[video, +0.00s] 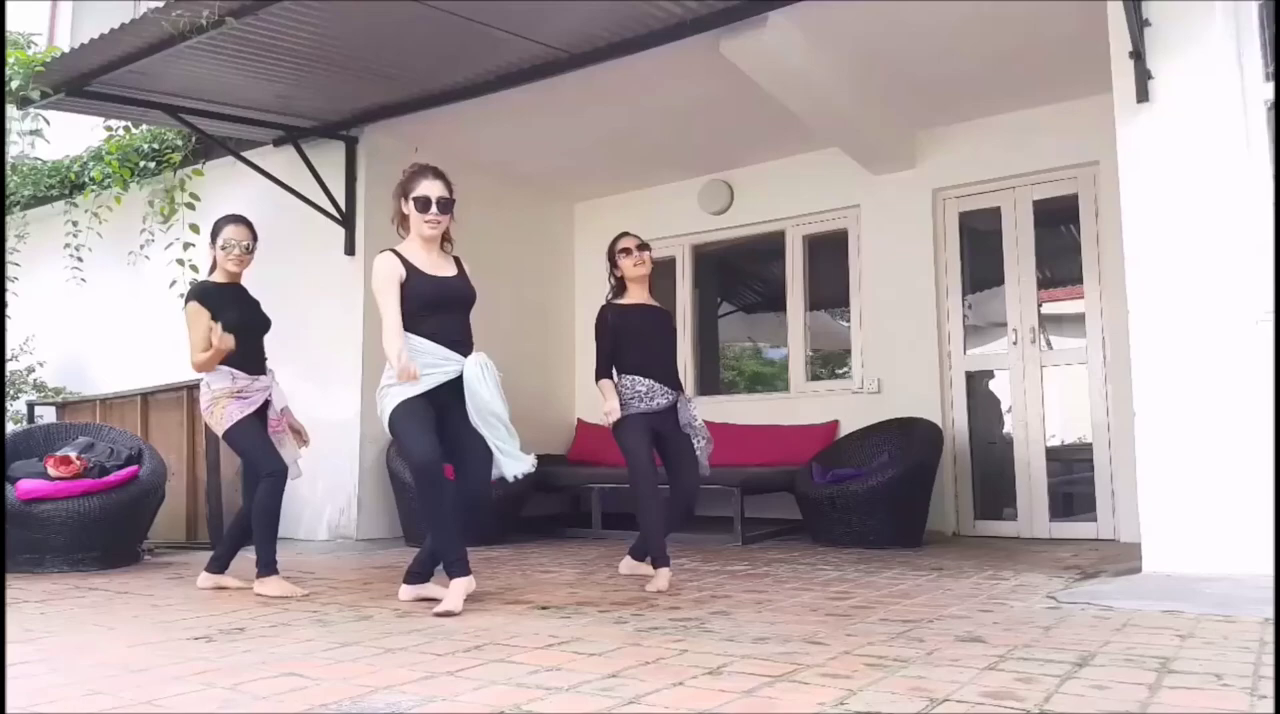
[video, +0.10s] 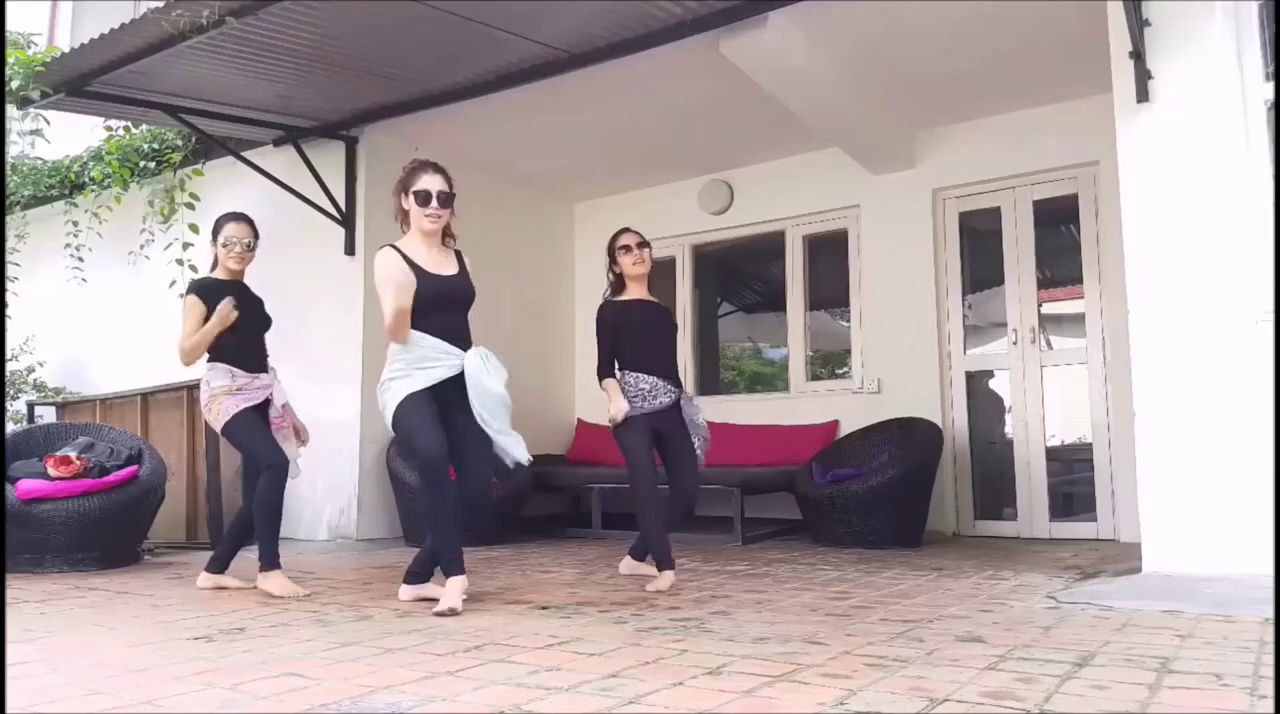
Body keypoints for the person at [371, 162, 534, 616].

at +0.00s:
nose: (434, 211)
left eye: (443, 203)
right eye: (423, 202)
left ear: (452, 209)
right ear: (404, 207)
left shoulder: (454, 262)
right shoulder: (390, 262)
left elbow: (460, 323)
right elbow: (390, 319)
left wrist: (474, 364)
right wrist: (400, 358)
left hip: (461, 380)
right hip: (410, 382)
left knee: (477, 480)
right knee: (425, 462)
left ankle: (416, 574)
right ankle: (460, 574)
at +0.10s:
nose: (435, 205)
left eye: (443, 197)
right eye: (423, 197)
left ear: (452, 204)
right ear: (404, 202)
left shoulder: (455, 255)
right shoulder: (392, 258)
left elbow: (459, 318)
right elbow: (397, 335)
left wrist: (472, 363)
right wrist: (401, 305)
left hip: (461, 373)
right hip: (411, 376)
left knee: (478, 478)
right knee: (433, 457)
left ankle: (418, 572)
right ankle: (455, 574)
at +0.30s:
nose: (436, 190)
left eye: (444, 183)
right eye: (425, 182)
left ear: (453, 190)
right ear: (405, 188)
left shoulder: (453, 240)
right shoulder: (395, 236)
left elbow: (451, 295)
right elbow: (354, 278)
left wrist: (473, 332)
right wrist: (400, 288)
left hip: (461, 350)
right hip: (421, 351)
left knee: (469, 455)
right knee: (460, 450)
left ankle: (419, 570)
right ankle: (425, 576)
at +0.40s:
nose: (434, 183)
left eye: (443, 174)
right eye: (422, 175)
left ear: (452, 181)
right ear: (403, 181)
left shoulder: (448, 233)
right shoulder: (398, 230)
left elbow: (462, 312)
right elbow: (354, 279)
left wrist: (495, 368)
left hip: (460, 346)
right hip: (428, 341)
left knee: (459, 454)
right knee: (459, 451)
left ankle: (421, 571)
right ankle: (429, 571)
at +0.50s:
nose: (429, 178)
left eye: (438, 170)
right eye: (417, 170)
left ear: (448, 176)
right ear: (399, 177)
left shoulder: (443, 228)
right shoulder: (401, 223)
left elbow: (463, 303)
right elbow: (355, 284)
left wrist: (498, 351)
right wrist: (323, 345)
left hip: (460, 347)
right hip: (433, 344)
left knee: (449, 458)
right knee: (455, 452)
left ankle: (417, 574)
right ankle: (445, 565)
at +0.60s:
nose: (428, 176)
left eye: (436, 168)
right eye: (416, 168)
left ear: (447, 175)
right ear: (399, 176)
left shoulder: (444, 228)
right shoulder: (399, 222)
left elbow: (465, 302)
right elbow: (359, 285)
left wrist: (502, 346)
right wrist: (333, 350)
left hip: (455, 346)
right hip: (432, 342)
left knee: (442, 458)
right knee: (460, 448)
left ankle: (415, 576)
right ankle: (439, 563)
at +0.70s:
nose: (427, 177)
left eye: (436, 168)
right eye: (416, 170)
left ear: (448, 174)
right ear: (401, 177)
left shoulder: (453, 227)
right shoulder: (399, 221)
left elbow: (469, 301)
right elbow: (362, 280)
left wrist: (503, 350)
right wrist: (366, 349)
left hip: (460, 345)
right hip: (424, 343)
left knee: (454, 451)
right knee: (462, 445)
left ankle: (419, 568)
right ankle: (430, 566)